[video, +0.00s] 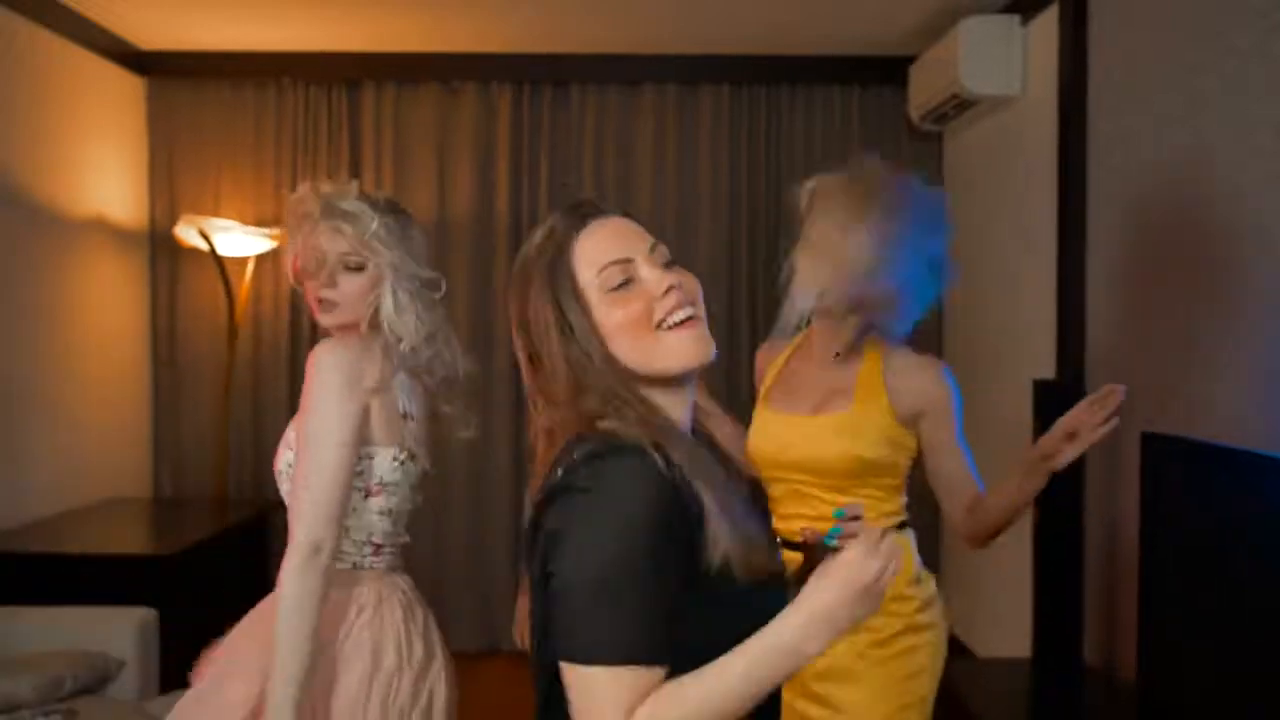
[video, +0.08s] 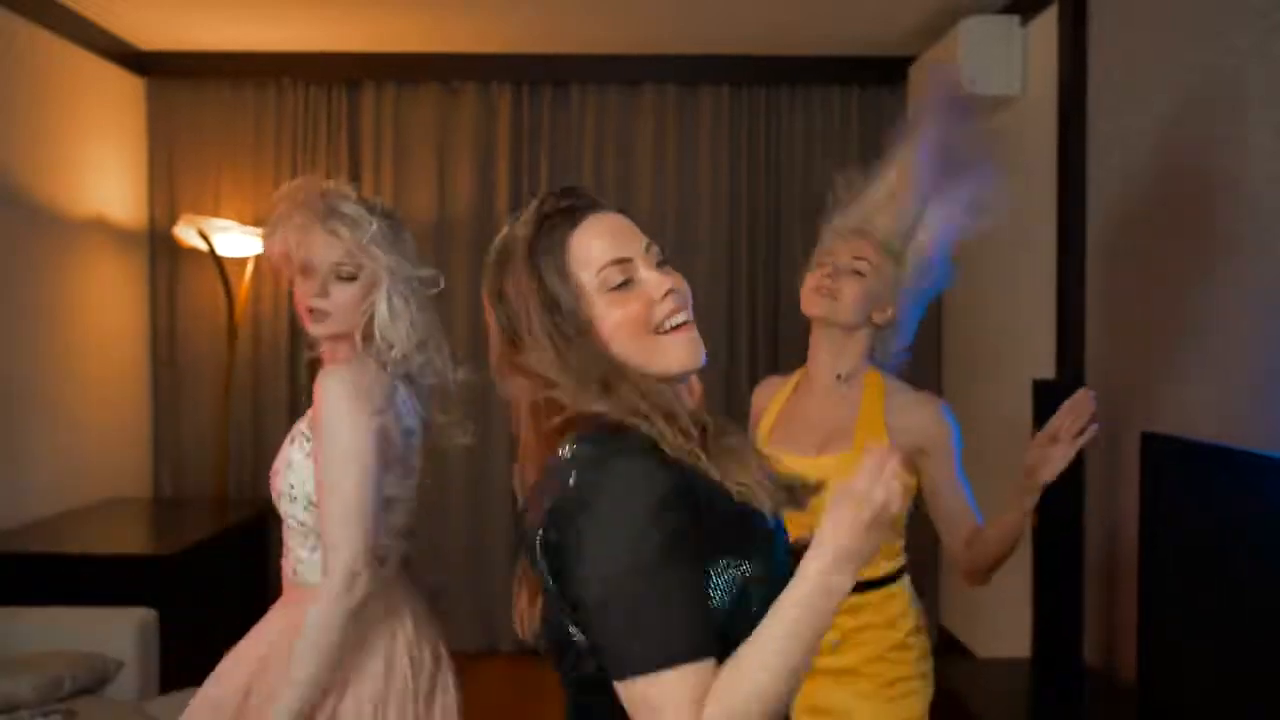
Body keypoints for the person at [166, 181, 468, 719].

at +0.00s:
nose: (322, 283)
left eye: (351, 267)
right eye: (312, 265)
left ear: (391, 275)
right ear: (298, 269)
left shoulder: (338, 360)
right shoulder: (404, 362)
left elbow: (311, 549)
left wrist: (282, 703)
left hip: (335, 629)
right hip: (396, 620)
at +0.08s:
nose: (315, 295)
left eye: (343, 277)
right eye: (305, 273)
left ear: (382, 285)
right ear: (289, 278)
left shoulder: (343, 384)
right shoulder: (392, 379)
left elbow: (347, 577)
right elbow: (383, 557)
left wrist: (285, 705)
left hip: (333, 636)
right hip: (387, 623)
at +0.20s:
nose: (316, 334)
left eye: (344, 316)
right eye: (303, 313)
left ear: (383, 326)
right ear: (287, 323)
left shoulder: (360, 424)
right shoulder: (373, 418)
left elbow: (346, 609)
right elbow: (310, 582)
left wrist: (187, 605)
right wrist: (231, 518)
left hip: (345, 679)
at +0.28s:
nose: (329, 344)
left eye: (353, 326)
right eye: (312, 325)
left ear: (388, 332)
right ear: (291, 336)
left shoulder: (371, 424)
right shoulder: (362, 418)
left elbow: (278, 596)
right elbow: (255, 539)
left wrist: (188, 473)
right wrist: (243, 443)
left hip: (350, 674)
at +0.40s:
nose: (343, 319)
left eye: (370, 300)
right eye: (327, 297)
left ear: (406, 308)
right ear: (309, 306)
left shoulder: (385, 401)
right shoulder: (349, 392)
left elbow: (209, 486)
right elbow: (216, 454)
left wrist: (238, 341)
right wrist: (247, 338)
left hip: (340, 644)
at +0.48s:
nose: (360, 308)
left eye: (385, 289)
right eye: (345, 288)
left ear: (423, 298)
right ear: (325, 291)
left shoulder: (389, 394)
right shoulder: (361, 382)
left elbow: (192, 420)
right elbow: (218, 386)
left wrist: (271, 287)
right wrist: (276, 282)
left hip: (333, 620)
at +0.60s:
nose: (382, 321)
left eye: (411, 306)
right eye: (371, 296)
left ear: (445, 321)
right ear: (352, 298)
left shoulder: (391, 410)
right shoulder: (395, 398)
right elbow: (247, 351)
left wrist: (315, 251)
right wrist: (315, 254)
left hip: (322, 627)